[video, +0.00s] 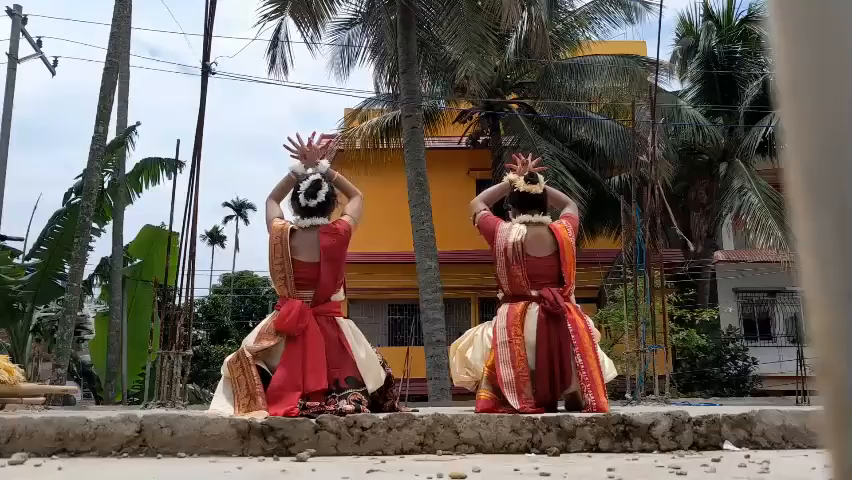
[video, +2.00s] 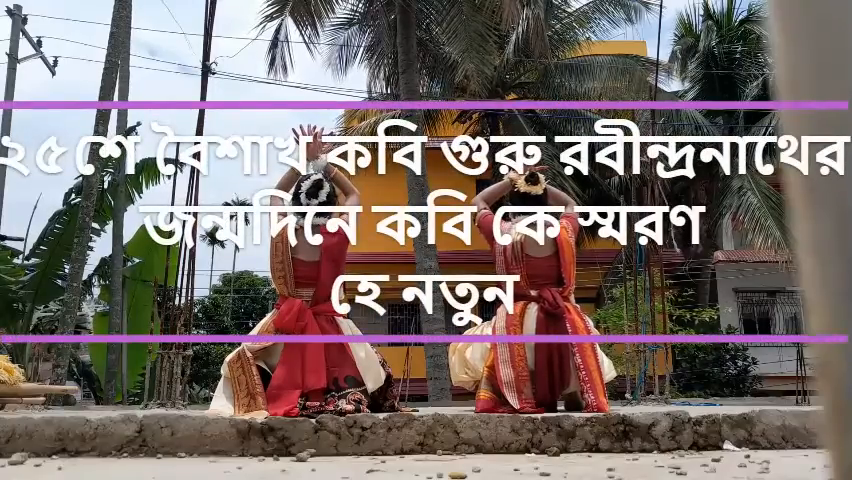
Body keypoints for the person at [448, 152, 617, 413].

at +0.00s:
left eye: (509, 207)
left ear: (511, 209)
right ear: (546, 207)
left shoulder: (502, 234)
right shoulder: (563, 232)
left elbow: (477, 203)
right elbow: (569, 204)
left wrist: (511, 182)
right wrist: (538, 185)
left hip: (516, 319)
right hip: (562, 318)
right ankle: (575, 394)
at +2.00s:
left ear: (512, 210)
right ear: (545, 207)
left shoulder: (503, 233)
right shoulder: (563, 232)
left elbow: (480, 201)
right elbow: (569, 204)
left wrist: (509, 182)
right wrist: (542, 187)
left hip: (518, 317)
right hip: (561, 316)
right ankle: (573, 392)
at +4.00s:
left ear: (510, 206)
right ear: (544, 204)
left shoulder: (502, 233)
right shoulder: (562, 231)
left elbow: (479, 197)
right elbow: (566, 200)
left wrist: (505, 171)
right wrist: (540, 176)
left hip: (517, 320)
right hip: (562, 319)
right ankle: (575, 395)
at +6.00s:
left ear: (512, 207)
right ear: (548, 207)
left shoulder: (495, 241)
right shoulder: (571, 240)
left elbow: (449, 265)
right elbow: (617, 260)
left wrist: (419, 244)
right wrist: (633, 239)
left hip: (513, 330)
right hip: (565, 328)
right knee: (578, 403)